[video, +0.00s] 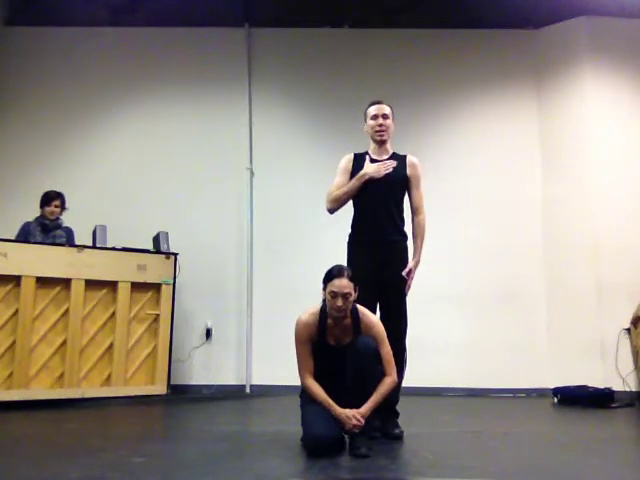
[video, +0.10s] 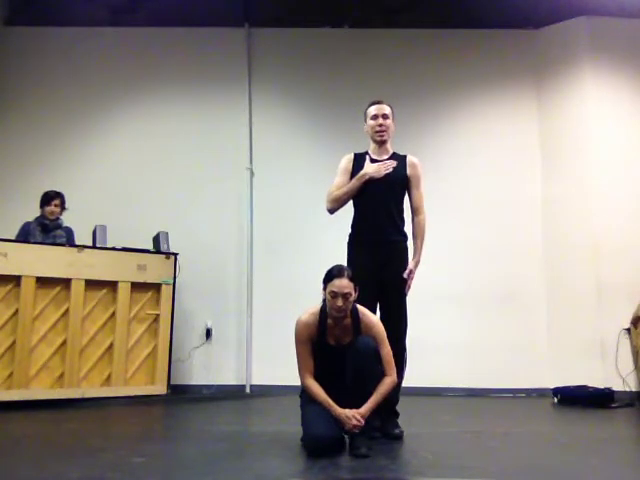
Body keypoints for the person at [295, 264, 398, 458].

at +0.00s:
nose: (339, 304)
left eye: (346, 297)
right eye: (333, 296)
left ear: (355, 295)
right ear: (324, 293)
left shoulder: (370, 323)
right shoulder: (307, 324)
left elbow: (391, 377)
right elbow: (306, 379)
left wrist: (362, 414)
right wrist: (338, 413)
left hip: (356, 393)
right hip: (321, 396)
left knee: (365, 346)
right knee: (320, 445)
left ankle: (360, 434)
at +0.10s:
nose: (339, 304)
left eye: (346, 297)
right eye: (333, 296)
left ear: (355, 295)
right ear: (324, 293)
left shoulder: (370, 323)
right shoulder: (307, 324)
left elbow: (391, 377)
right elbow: (306, 378)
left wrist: (362, 414)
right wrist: (338, 413)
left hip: (356, 393)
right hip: (321, 395)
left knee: (365, 346)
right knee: (320, 445)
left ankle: (360, 434)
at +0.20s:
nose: (339, 303)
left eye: (346, 297)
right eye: (333, 296)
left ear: (355, 295)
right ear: (324, 293)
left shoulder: (370, 323)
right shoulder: (307, 324)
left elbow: (391, 377)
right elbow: (307, 378)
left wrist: (362, 413)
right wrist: (338, 413)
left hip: (356, 394)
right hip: (321, 395)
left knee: (365, 346)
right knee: (320, 445)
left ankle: (360, 433)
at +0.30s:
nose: (339, 303)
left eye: (346, 297)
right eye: (333, 296)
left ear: (355, 295)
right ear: (324, 293)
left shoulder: (370, 323)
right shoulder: (307, 324)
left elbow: (391, 377)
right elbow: (307, 379)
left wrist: (362, 413)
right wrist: (338, 413)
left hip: (356, 394)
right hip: (321, 395)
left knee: (365, 346)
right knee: (320, 445)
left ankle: (360, 433)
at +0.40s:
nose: (339, 304)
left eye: (346, 297)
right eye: (333, 296)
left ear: (355, 295)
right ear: (324, 293)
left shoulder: (370, 323)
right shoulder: (306, 324)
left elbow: (391, 377)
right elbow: (306, 378)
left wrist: (362, 414)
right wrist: (338, 413)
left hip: (356, 394)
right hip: (321, 396)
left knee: (365, 346)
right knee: (320, 445)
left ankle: (360, 433)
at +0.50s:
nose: (339, 304)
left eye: (346, 297)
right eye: (333, 296)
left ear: (355, 295)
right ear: (324, 293)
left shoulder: (370, 323)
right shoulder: (306, 324)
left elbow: (391, 377)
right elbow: (306, 378)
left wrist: (362, 414)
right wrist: (338, 413)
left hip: (356, 394)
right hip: (321, 395)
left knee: (365, 346)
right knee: (320, 445)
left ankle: (360, 433)